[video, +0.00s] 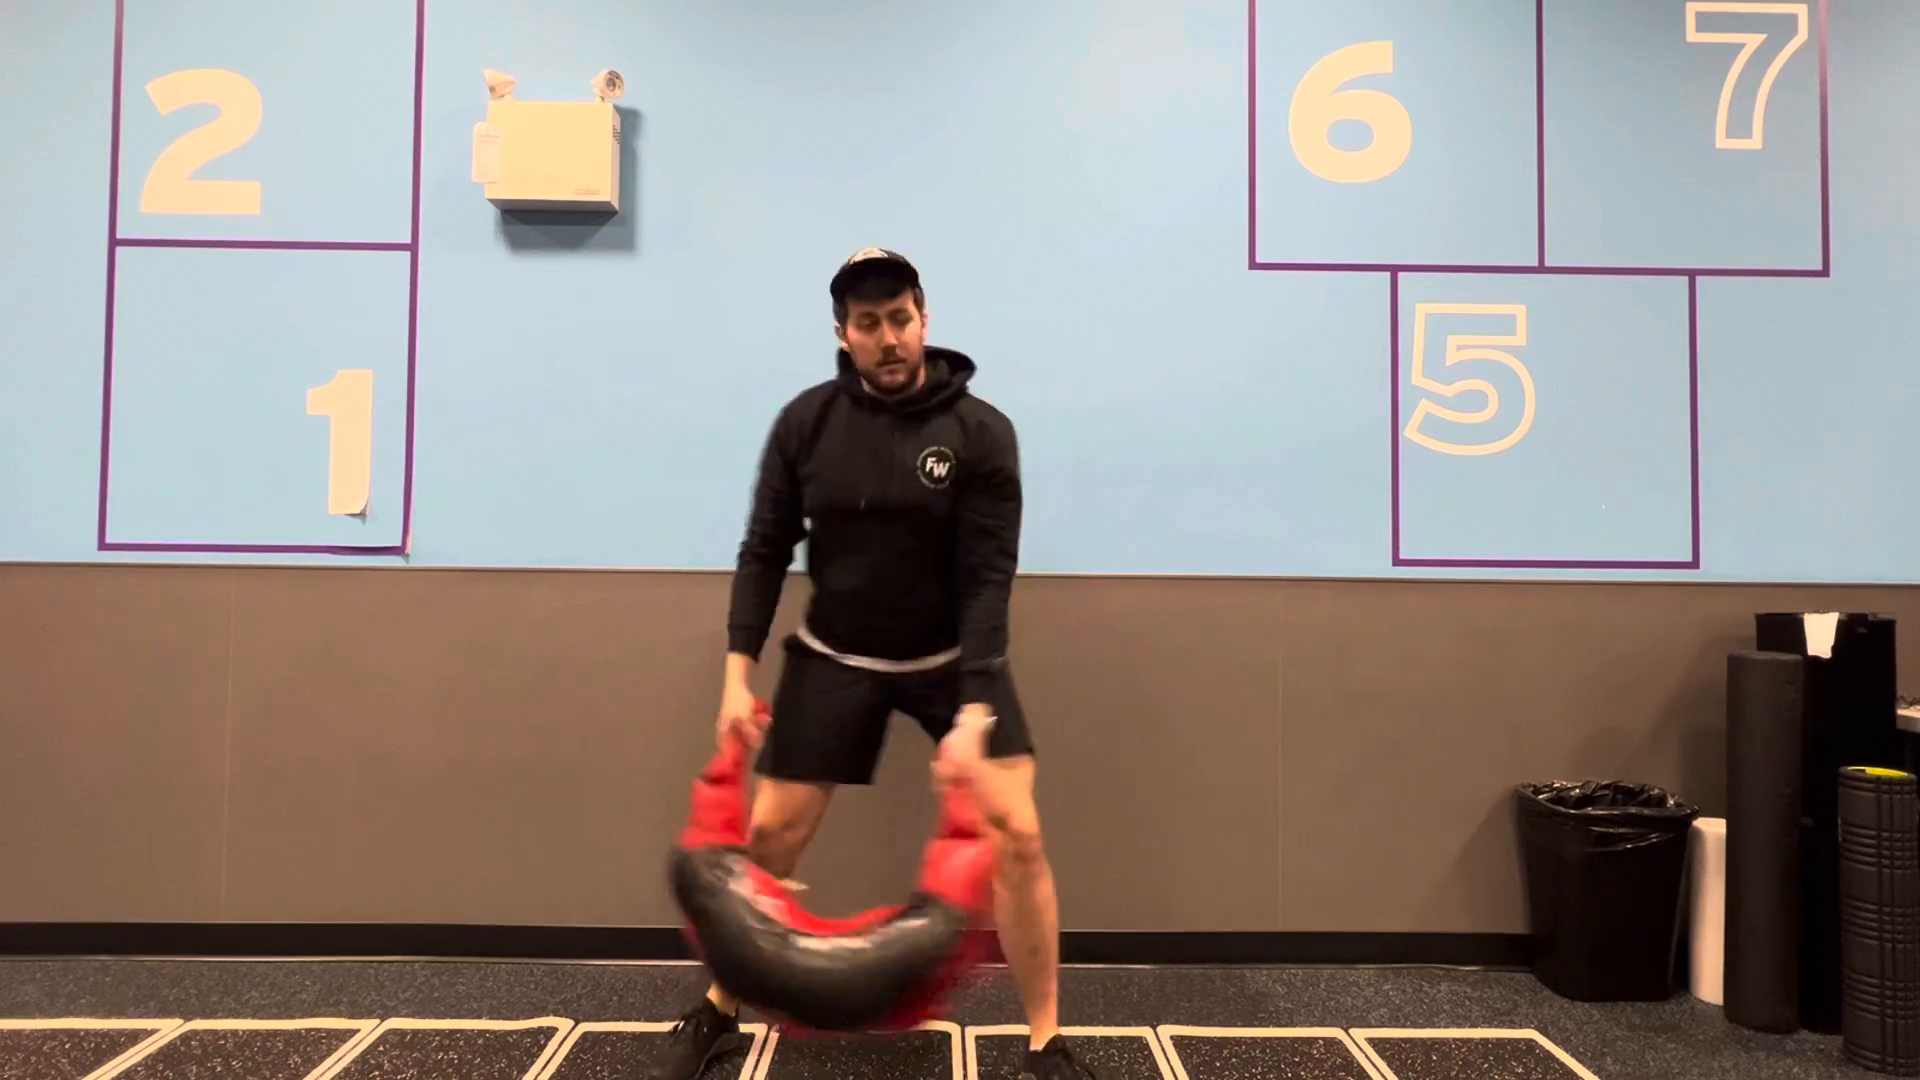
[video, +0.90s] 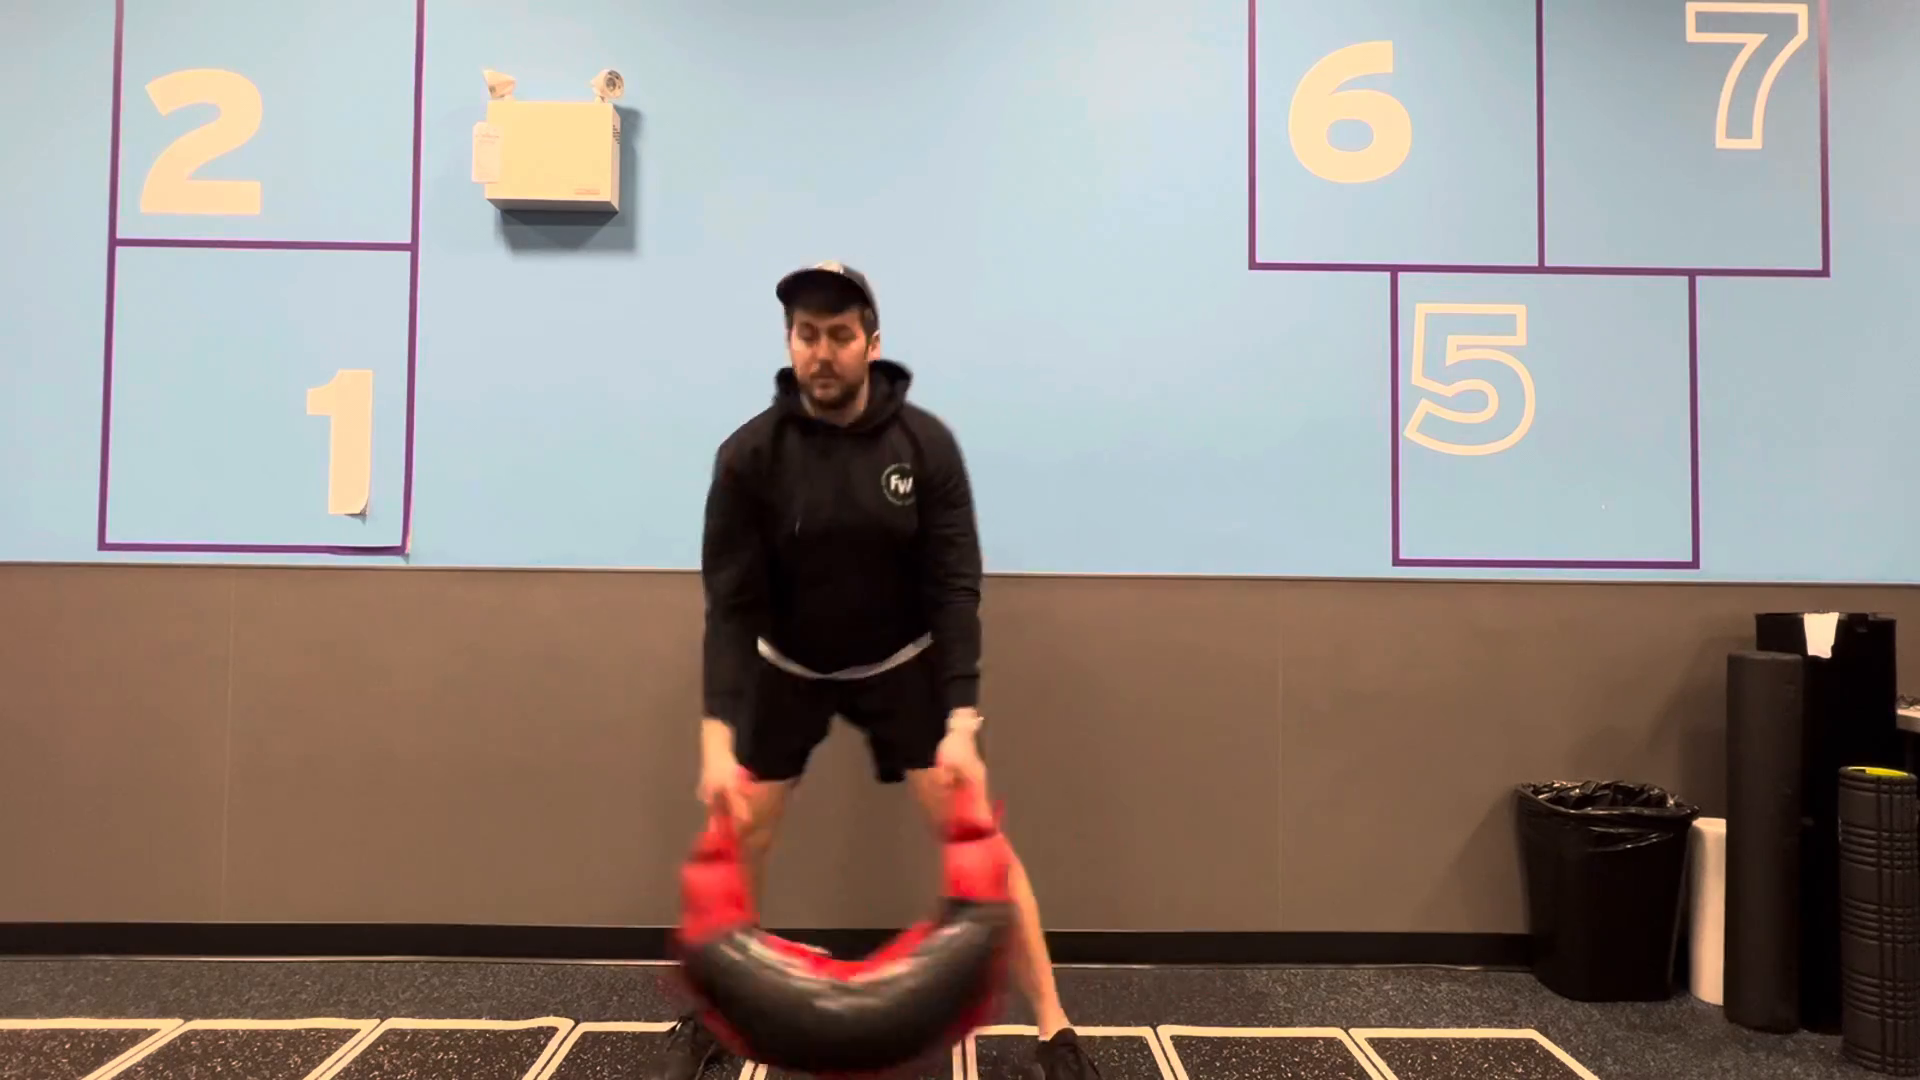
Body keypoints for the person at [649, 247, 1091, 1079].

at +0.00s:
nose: (890, 339)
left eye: (902, 320)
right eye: (870, 325)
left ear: (925, 321)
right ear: (842, 334)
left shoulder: (979, 434)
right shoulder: (805, 424)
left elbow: (990, 576)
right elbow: (764, 548)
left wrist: (975, 710)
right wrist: (738, 673)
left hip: (951, 660)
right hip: (835, 658)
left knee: (1018, 834)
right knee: (770, 829)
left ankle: (1046, 1042)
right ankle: (721, 1004)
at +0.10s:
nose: (888, 348)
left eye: (896, 332)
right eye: (869, 334)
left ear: (906, 337)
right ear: (825, 343)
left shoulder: (937, 442)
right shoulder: (769, 445)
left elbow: (978, 568)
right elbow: (746, 590)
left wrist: (1028, 682)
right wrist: (802, 708)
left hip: (907, 662)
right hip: (783, 667)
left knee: (973, 832)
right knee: (724, 854)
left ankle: (1034, 1031)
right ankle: (718, 1013)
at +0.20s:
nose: (884, 383)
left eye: (883, 367)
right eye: (866, 370)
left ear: (875, 372)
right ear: (811, 385)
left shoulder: (893, 474)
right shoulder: (758, 482)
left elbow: (945, 587)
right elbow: (789, 640)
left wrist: (1020, 678)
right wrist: (902, 741)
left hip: (857, 683)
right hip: (740, 688)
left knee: (937, 843)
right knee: (694, 872)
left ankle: (1042, 1037)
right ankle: (715, 1017)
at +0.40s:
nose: (871, 474)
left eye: (867, 456)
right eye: (854, 460)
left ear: (811, 476)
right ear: (802, 476)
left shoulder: (857, 551)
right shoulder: (738, 571)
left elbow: (909, 650)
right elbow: (851, 678)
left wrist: (1016, 719)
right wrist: (1007, 730)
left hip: (801, 725)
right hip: (684, 737)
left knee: (898, 873)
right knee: (667, 913)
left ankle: (1040, 1041)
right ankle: (713, 1019)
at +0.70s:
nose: (854, 437)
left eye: (853, 419)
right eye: (835, 422)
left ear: (853, 419)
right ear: (780, 434)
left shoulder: (866, 517)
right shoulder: (723, 534)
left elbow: (910, 626)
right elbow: (785, 685)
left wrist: (991, 711)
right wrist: (919, 774)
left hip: (823, 705)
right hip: (707, 713)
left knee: (920, 867)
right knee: (678, 891)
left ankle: (1041, 1041)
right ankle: (710, 1019)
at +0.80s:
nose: (845, 393)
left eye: (851, 374)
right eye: (824, 376)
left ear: (860, 378)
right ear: (776, 383)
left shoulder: (888, 477)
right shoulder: (726, 495)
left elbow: (932, 596)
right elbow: (751, 647)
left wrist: (994, 705)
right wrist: (815, 769)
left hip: (857, 679)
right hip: (740, 687)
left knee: (943, 851)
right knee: (698, 865)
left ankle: (1031, 1024)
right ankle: (712, 1019)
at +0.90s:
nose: (821, 353)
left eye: (839, 336)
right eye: (806, 337)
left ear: (872, 342)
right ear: (787, 345)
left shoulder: (923, 445)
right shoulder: (748, 458)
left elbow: (957, 585)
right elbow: (727, 604)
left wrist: (962, 721)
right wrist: (716, 743)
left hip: (902, 664)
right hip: (785, 667)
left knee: (973, 828)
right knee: (739, 829)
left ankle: (1053, 1026)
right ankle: (716, 1020)